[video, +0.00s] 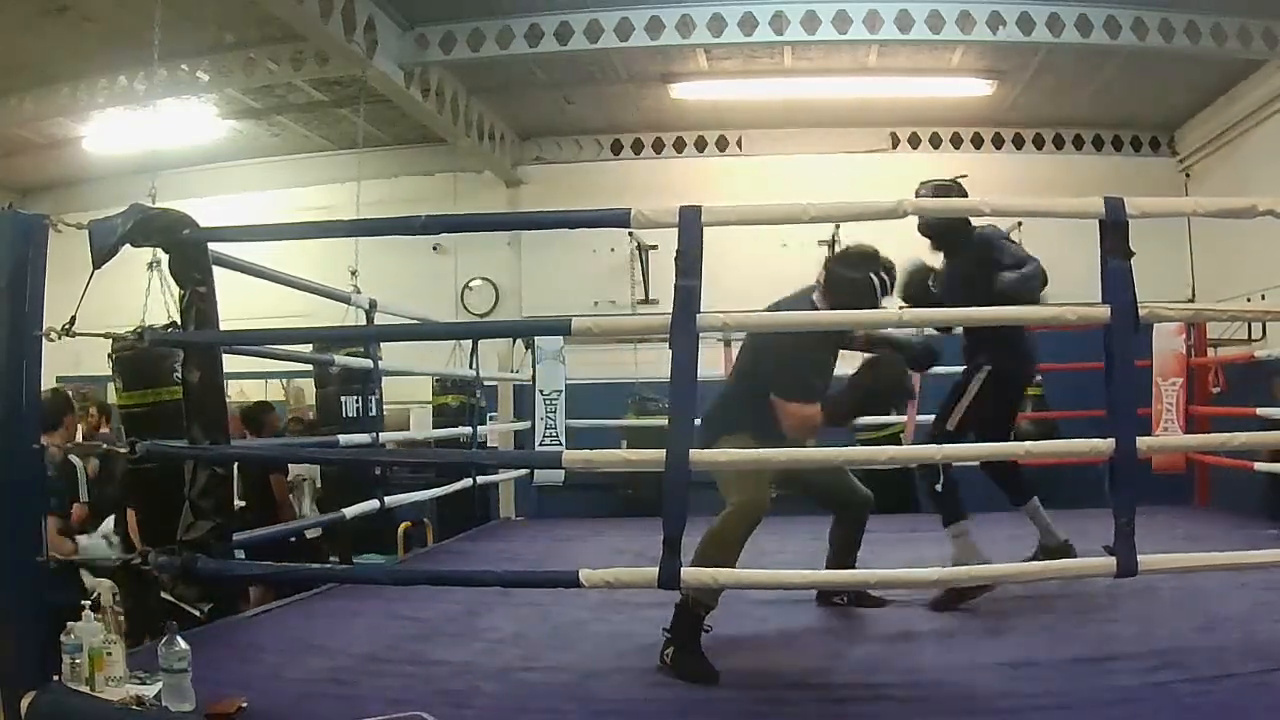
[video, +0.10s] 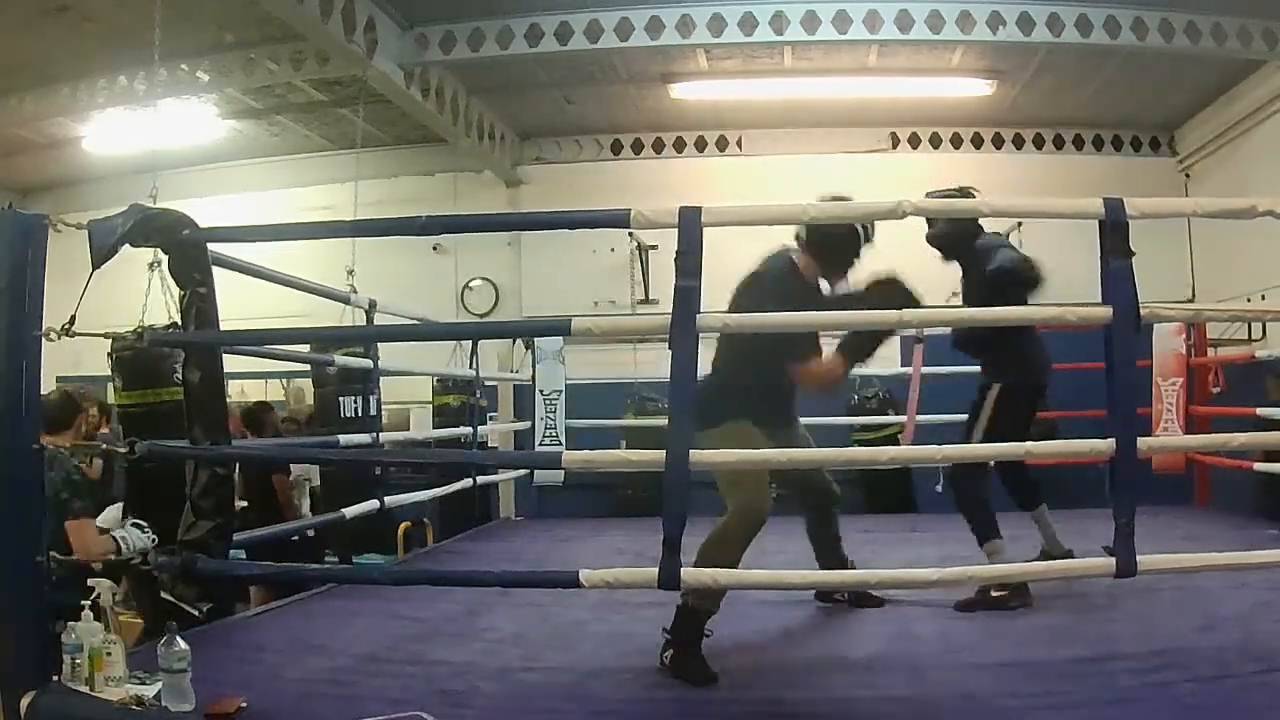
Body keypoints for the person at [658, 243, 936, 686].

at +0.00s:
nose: (866, 318)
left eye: (869, 308)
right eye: (861, 308)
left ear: (865, 295)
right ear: (835, 294)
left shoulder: (832, 317)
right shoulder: (791, 325)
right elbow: (797, 423)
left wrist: (897, 348)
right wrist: (859, 396)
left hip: (782, 434)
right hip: (733, 432)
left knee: (855, 502)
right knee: (749, 504)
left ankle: (837, 583)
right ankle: (682, 636)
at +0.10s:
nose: (844, 272)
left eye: (848, 262)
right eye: (843, 262)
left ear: (812, 243)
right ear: (824, 253)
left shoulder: (799, 281)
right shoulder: (775, 288)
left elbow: (826, 319)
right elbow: (813, 375)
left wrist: (867, 306)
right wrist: (870, 328)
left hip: (773, 414)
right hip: (727, 415)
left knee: (821, 494)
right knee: (749, 509)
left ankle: (835, 579)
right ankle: (682, 639)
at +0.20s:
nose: (825, 221)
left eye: (830, 211)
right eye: (822, 209)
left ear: (803, 202)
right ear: (796, 201)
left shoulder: (788, 249)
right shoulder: (760, 239)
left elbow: (835, 310)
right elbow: (829, 317)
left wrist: (854, 273)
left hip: (761, 394)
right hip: (724, 395)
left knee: (802, 467)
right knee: (756, 496)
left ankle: (801, 580)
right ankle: (681, 624)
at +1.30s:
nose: (814, 222)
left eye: (817, 216)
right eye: (809, 214)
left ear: (810, 215)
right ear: (788, 209)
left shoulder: (808, 255)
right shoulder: (749, 252)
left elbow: (867, 282)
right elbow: (799, 302)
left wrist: (921, 258)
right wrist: (822, 256)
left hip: (804, 393)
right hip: (750, 398)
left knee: (861, 465)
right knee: (741, 477)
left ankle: (855, 563)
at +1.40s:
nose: (834, 225)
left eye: (835, 217)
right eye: (830, 216)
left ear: (811, 216)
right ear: (807, 214)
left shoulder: (828, 268)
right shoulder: (763, 263)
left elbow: (886, 288)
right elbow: (797, 316)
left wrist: (932, 256)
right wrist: (833, 271)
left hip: (816, 407)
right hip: (762, 411)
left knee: (871, 476)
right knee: (751, 501)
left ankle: (890, 557)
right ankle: (714, 586)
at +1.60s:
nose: (871, 255)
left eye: (870, 249)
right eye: (868, 247)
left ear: (835, 242)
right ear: (856, 243)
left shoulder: (841, 298)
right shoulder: (829, 269)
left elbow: (867, 355)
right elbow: (880, 277)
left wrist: (907, 330)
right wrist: (922, 248)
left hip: (828, 410)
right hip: (798, 407)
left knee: (870, 476)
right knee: (787, 498)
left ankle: (888, 566)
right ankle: (701, 563)